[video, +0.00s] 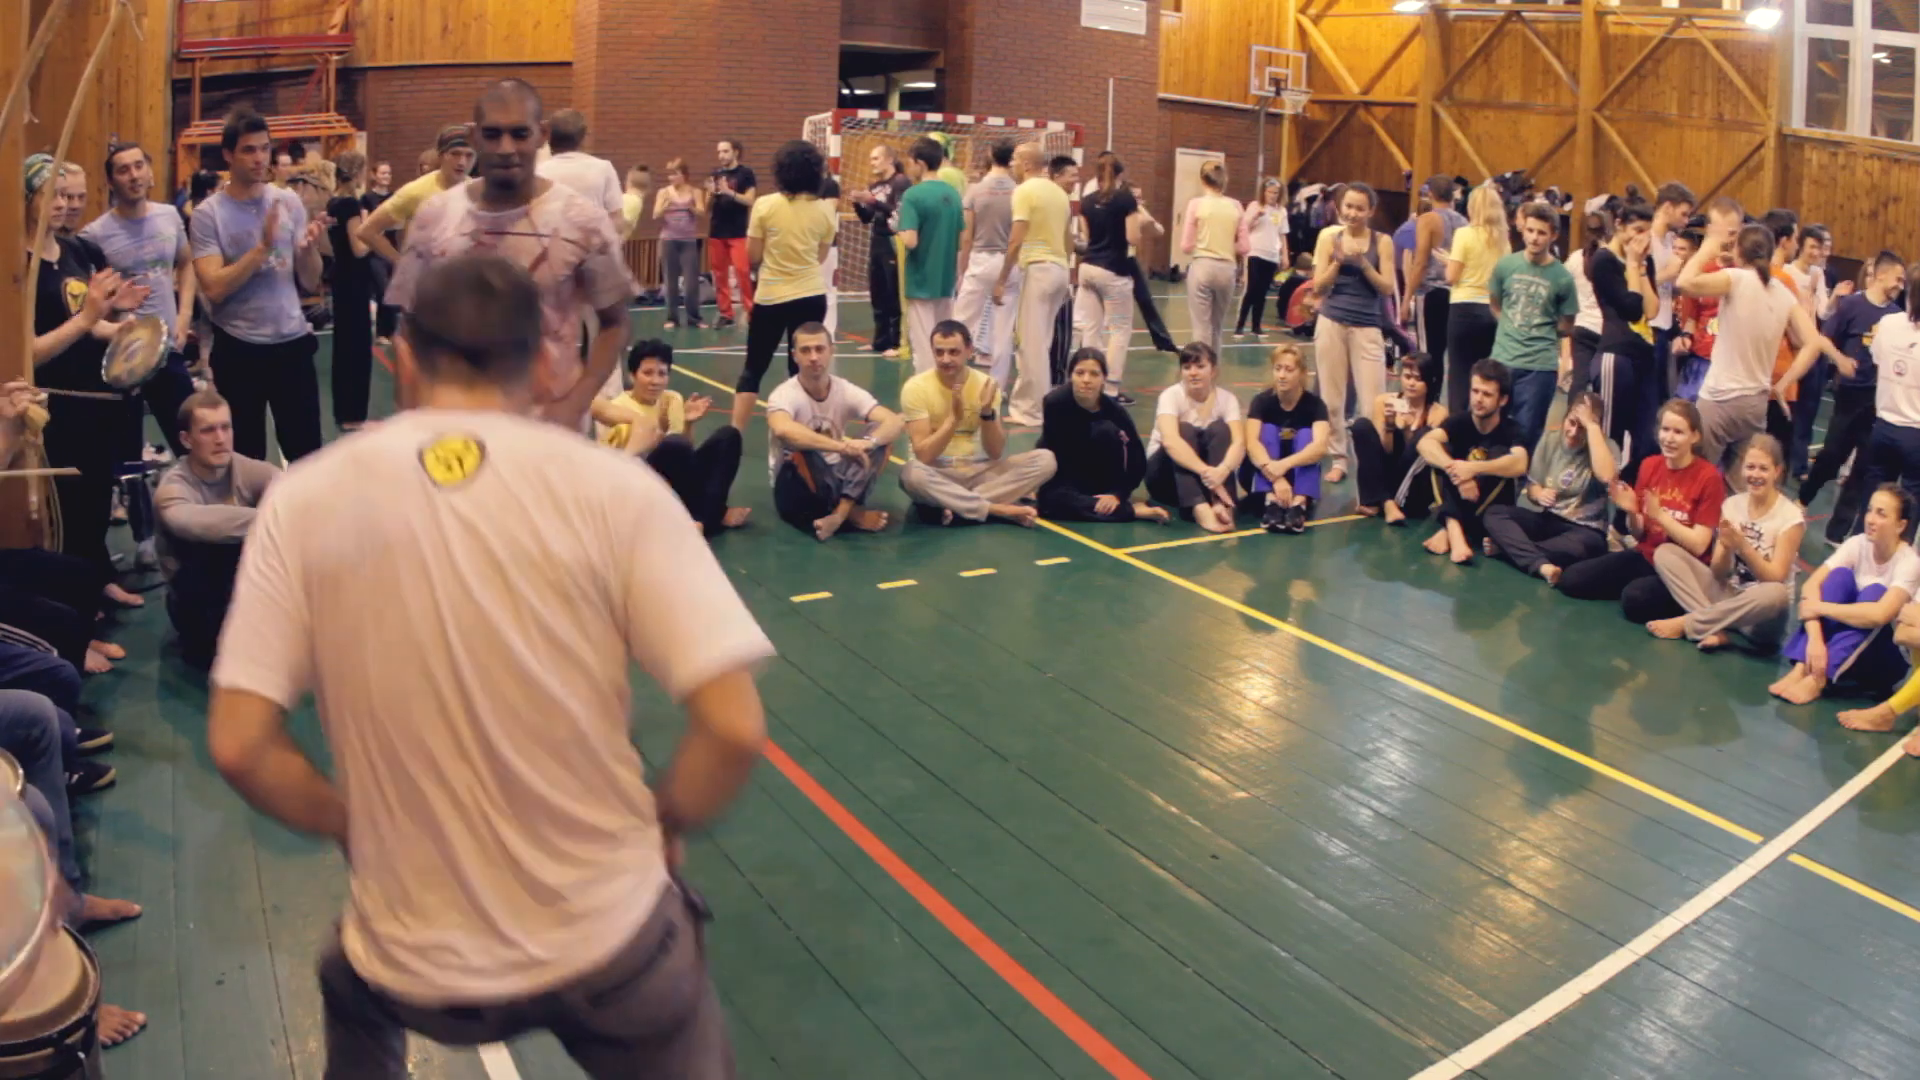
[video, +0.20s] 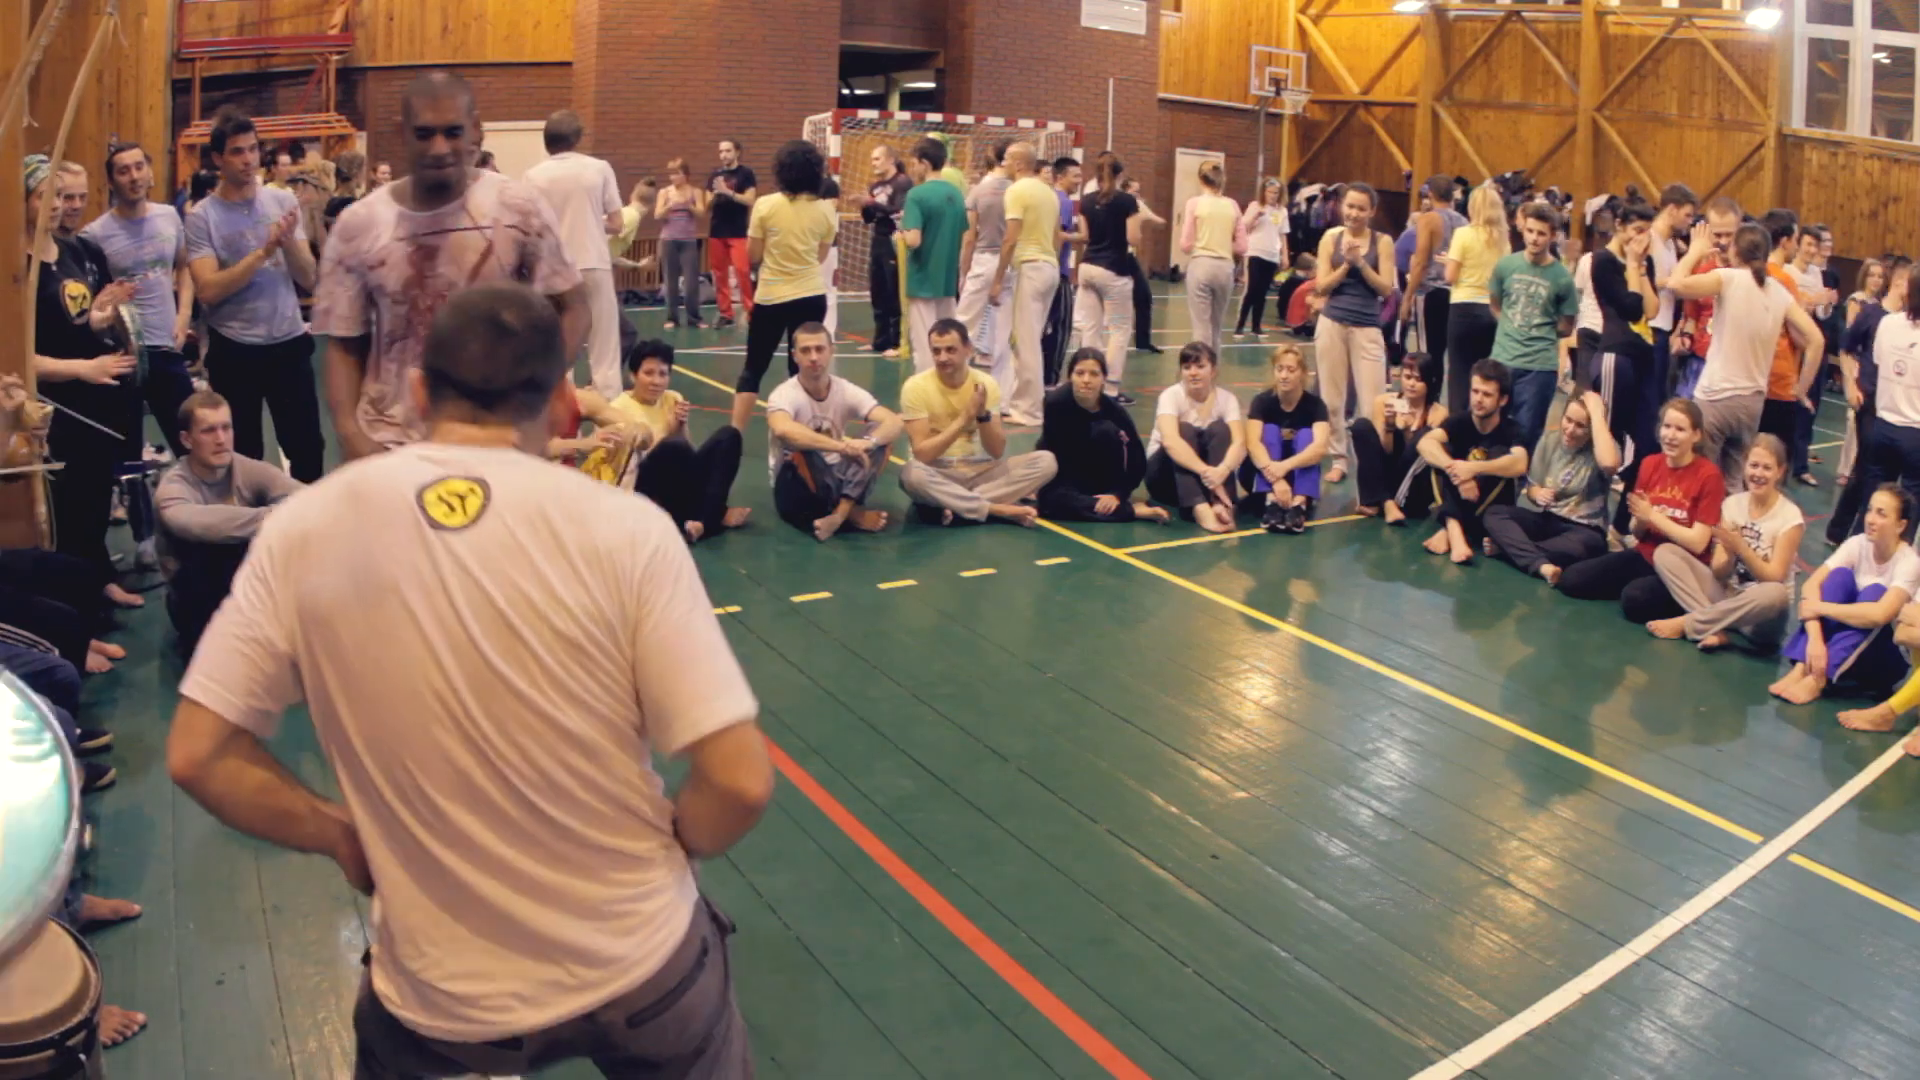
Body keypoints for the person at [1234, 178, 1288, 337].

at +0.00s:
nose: (1273, 195)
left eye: (1276, 193)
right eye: (1270, 192)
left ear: (1279, 194)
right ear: (1263, 192)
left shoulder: (1281, 211)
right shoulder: (1255, 206)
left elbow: (1283, 235)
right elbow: (1245, 226)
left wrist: (1285, 255)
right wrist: (1257, 216)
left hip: (1272, 254)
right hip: (1256, 252)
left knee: (1262, 294)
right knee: (1251, 291)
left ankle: (1256, 326)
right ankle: (1240, 326)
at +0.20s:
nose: (1272, 195)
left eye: (1276, 192)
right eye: (1270, 192)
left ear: (1279, 194)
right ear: (1263, 192)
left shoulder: (1282, 211)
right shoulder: (1255, 206)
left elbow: (1283, 235)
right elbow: (1245, 226)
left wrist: (1285, 255)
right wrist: (1257, 215)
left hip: (1273, 254)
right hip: (1256, 251)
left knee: (1262, 293)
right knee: (1251, 291)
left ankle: (1256, 326)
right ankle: (1240, 326)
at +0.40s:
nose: (1273, 196)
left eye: (1276, 193)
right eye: (1270, 192)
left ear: (1280, 194)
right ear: (1264, 192)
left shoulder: (1282, 211)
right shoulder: (1255, 206)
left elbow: (1284, 235)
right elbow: (1244, 226)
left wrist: (1285, 254)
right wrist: (1257, 216)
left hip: (1273, 253)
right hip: (1256, 250)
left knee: (1263, 293)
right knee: (1253, 289)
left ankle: (1256, 326)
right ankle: (1241, 325)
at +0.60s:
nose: (1273, 196)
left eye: (1276, 193)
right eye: (1270, 192)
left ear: (1280, 194)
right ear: (1264, 192)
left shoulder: (1283, 211)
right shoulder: (1256, 207)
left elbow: (1284, 235)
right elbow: (1244, 226)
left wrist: (1286, 254)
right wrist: (1257, 217)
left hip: (1274, 253)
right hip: (1256, 250)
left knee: (1264, 291)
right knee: (1256, 288)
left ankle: (1256, 325)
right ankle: (1245, 324)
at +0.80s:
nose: (1273, 196)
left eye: (1276, 193)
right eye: (1270, 192)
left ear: (1280, 195)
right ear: (1264, 193)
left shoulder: (1282, 211)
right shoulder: (1256, 207)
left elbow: (1284, 235)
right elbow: (1245, 228)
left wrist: (1286, 255)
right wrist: (1256, 218)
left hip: (1274, 254)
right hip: (1256, 252)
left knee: (1264, 292)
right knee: (1257, 291)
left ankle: (1257, 325)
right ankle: (1253, 326)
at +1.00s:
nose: (1272, 196)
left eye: (1276, 193)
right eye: (1270, 192)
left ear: (1280, 195)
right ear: (1263, 192)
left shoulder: (1281, 211)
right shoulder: (1255, 207)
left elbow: (1283, 235)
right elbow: (1244, 228)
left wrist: (1285, 255)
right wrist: (1256, 218)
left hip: (1273, 254)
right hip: (1256, 252)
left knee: (1265, 293)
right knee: (1258, 291)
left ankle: (1258, 325)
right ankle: (1254, 326)